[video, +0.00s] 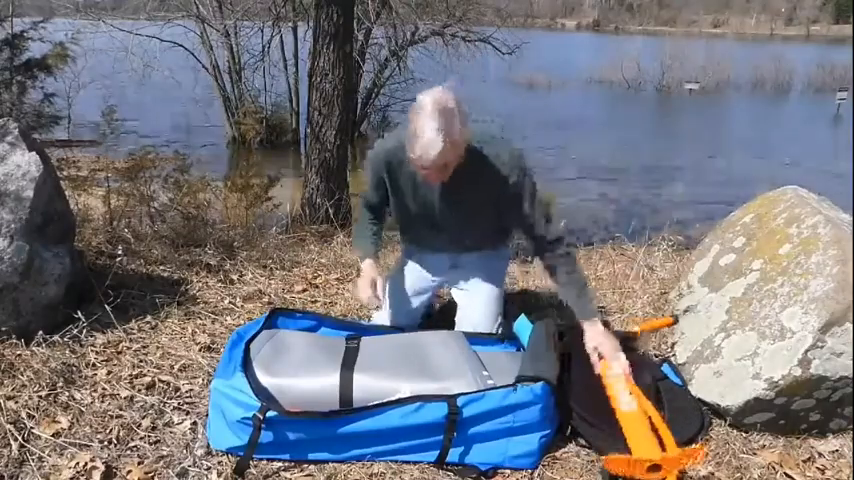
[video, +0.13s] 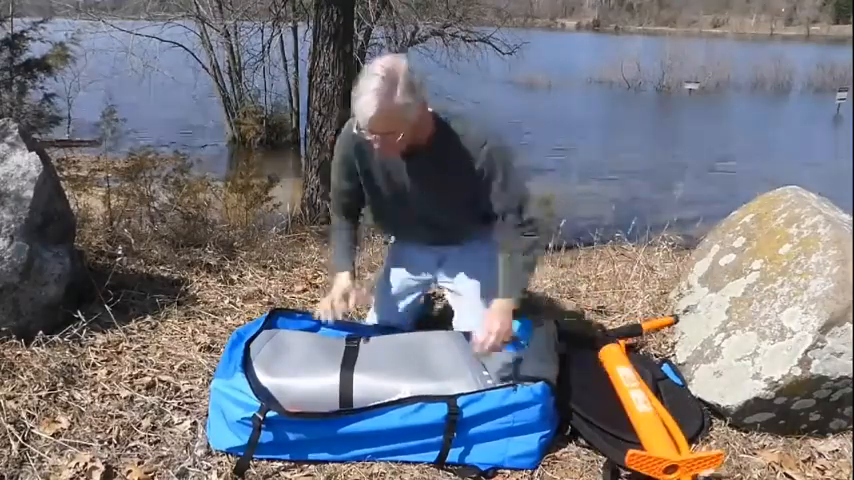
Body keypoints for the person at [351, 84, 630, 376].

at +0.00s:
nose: (433, 177)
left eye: (443, 167)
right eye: (423, 167)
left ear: (462, 142)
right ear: (409, 144)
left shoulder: (501, 163)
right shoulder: (387, 157)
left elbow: (551, 244)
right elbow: (369, 209)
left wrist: (591, 323)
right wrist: (367, 263)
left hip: (482, 261)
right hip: (419, 259)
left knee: (477, 342)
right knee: (384, 333)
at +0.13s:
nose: (376, 145)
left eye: (388, 135)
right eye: (369, 133)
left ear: (422, 114)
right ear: (359, 120)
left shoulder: (477, 144)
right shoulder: (354, 141)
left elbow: (518, 225)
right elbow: (343, 213)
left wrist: (505, 304)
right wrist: (342, 275)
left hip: (474, 250)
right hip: (406, 251)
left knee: (487, 350)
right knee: (378, 342)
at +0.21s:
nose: (354, 152)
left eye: (364, 142)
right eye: (345, 141)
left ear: (397, 119)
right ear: (336, 130)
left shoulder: (444, 148)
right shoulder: (339, 153)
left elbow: (442, 254)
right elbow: (338, 232)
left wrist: (399, 351)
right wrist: (331, 318)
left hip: (467, 234)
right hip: (407, 241)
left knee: (472, 330)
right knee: (380, 332)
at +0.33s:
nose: (312, 179)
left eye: (320, 169)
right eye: (305, 170)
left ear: (351, 151)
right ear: (299, 158)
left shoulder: (411, 170)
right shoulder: (324, 177)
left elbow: (425, 280)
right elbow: (332, 251)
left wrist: (403, 375)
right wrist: (331, 324)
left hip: (460, 234)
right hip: (401, 240)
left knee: (471, 332)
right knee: (378, 328)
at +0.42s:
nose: (312, 169)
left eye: (320, 158)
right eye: (305, 160)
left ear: (353, 139)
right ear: (298, 151)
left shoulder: (416, 167)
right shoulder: (324, 174)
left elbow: (453, 270)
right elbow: (332, 250)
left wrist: (413, 357)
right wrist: (331, 325)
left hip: (461, 243)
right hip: (402, 248)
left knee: (468, 343)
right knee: (378, 337)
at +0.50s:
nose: (335, 153)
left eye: (347, 144)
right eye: (328, 143)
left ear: (380, 125)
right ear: (321, 130)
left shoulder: (429, 149)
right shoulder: (328, 159)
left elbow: (451, 249)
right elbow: (334, 244)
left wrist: (387, 309)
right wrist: (324, 316)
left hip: (460, 238)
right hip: (403, 243)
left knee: (474, 338)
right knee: (382, 340)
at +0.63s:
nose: (358, 128)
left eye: (368, 114)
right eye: (347, 117)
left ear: (391, 94)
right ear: (334, 107)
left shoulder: (437, 124)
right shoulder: (333, 127)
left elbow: (441, 221)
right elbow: (348, 207)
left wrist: (356, 243)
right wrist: (330, 247)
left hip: (457, 241)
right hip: (394, 246)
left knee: (472, 337)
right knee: (375, 345)